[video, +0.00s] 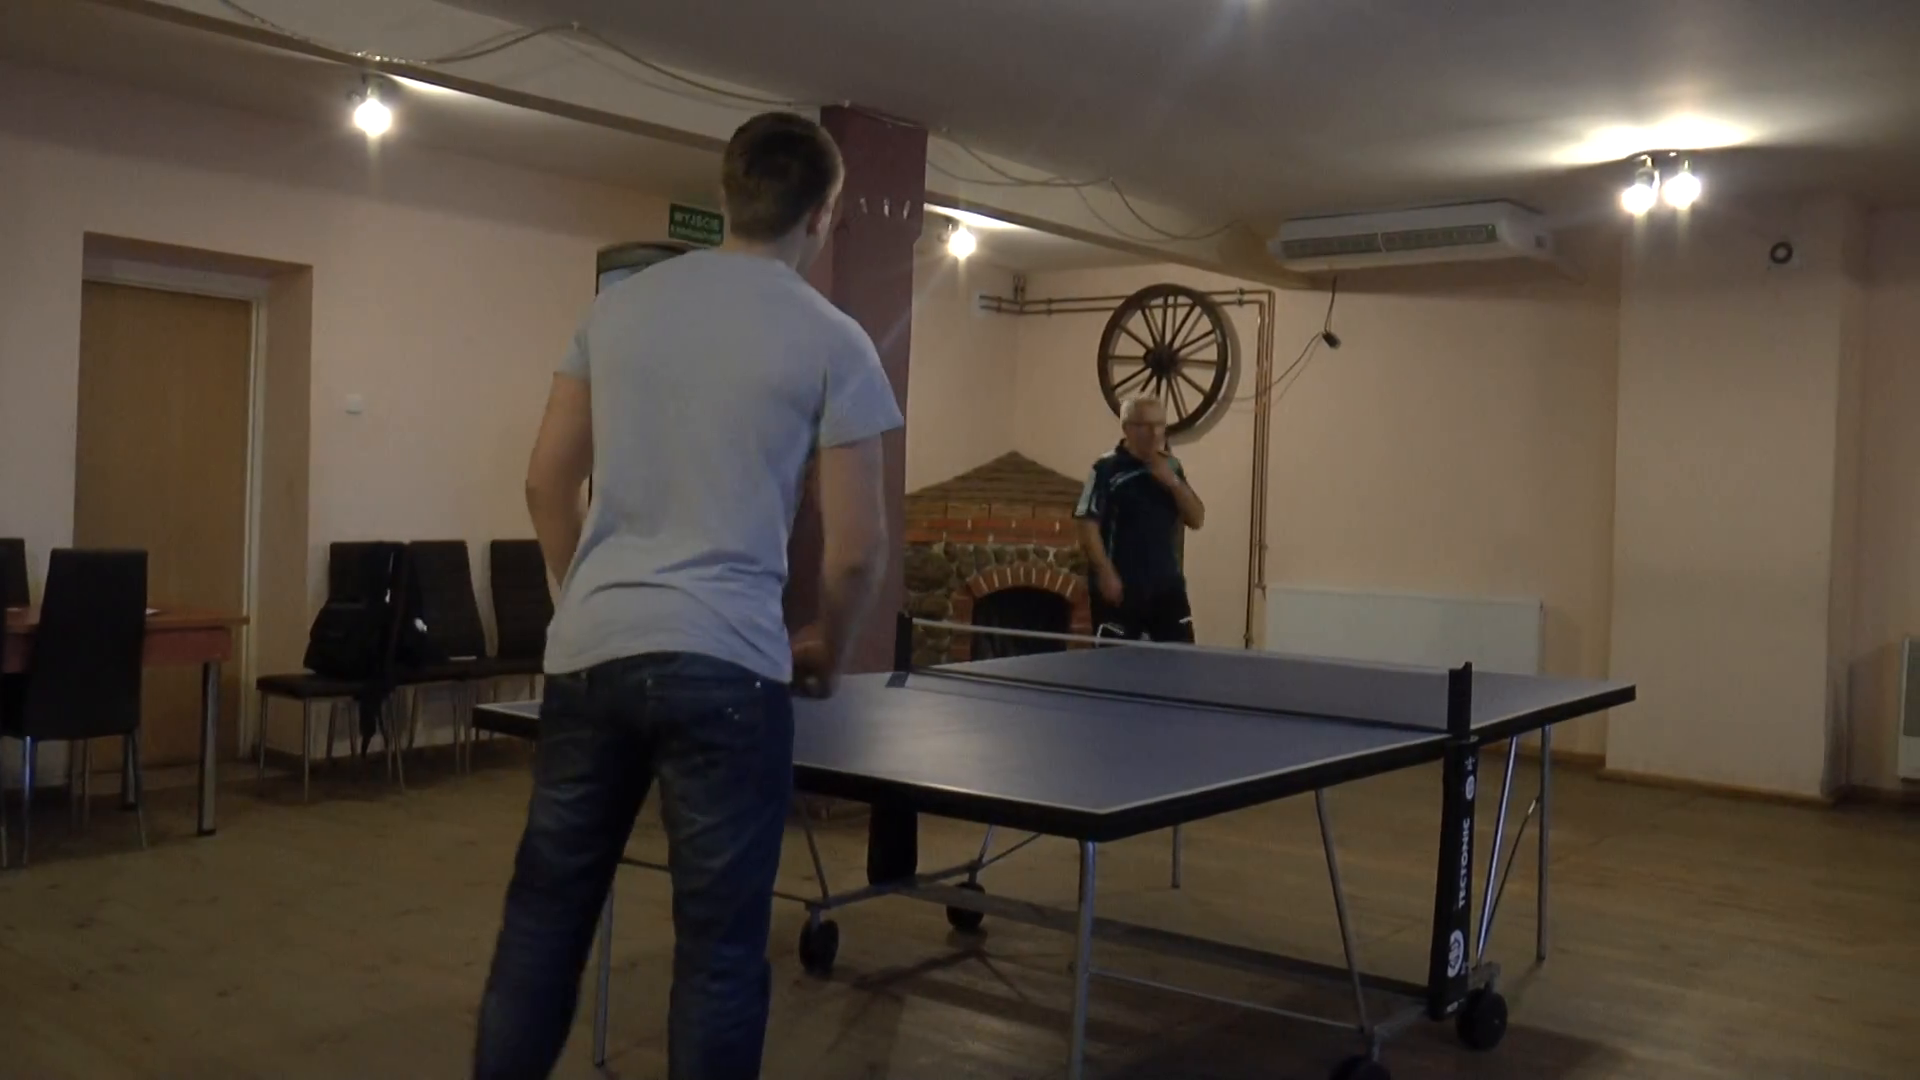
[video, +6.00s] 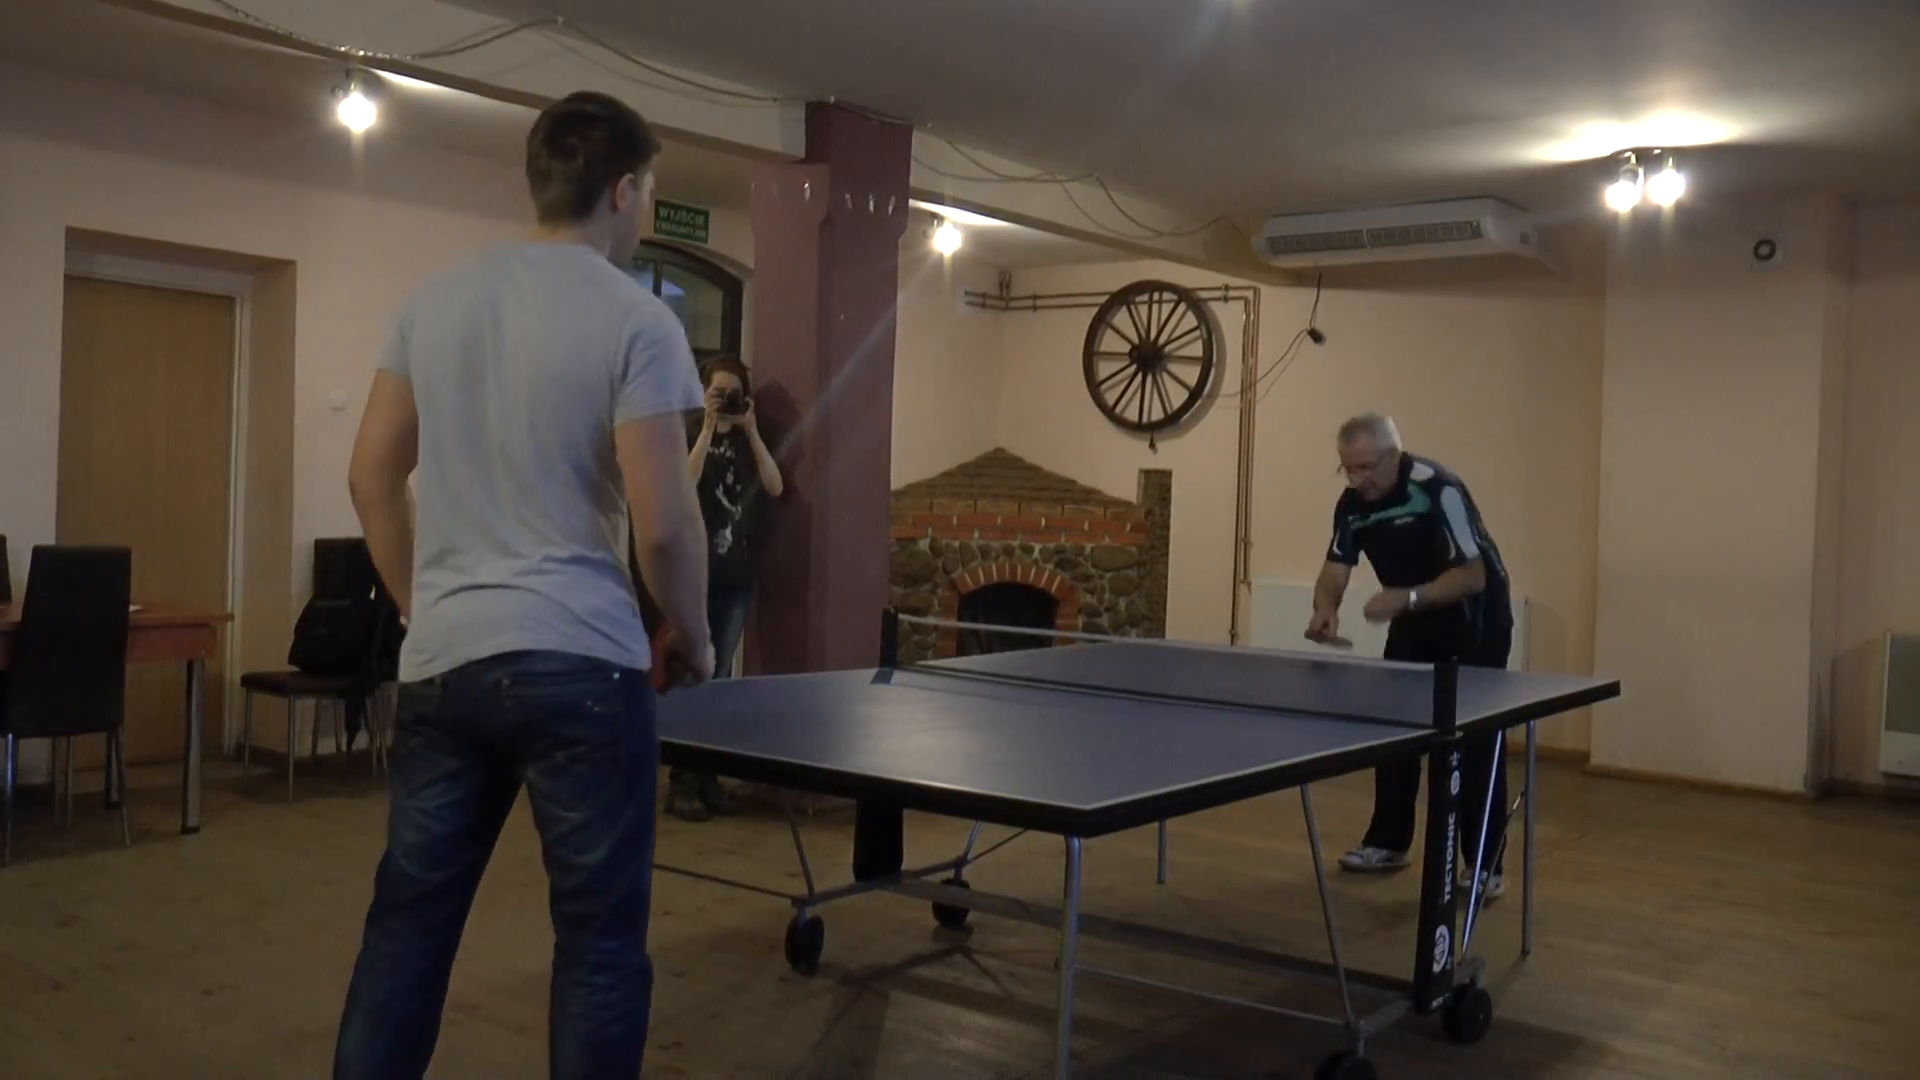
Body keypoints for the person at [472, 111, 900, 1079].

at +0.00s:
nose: (835, 228)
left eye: (838, 213)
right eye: (837, 213)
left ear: (725, 203)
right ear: (822, 215)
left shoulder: (618, 304)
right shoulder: (832, 339)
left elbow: (550, 476)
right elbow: (853, 552)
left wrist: (581, 598)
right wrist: (827, 642)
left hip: (589, 647)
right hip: (727, 656)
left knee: (547, 908)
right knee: (721, 940)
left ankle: (504, 1067)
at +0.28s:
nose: (755, 229)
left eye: (754, 212)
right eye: (754, 213)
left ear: (647, 209)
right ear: (734, 219)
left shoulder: (540, 320)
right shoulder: (740, 334)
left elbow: (477, 491)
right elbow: (754, 534)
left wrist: (551, 573)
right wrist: (724, 633)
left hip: (511, 660)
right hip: (646, 665)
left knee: (466, 927)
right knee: (687, 955)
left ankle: (406, 1072)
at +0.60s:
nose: (609, 231)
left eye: (607, 213)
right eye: (607, 213)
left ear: (503, 213)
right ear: (586, 214)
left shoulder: (408, 326)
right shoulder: (597, 326)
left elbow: (338, 497)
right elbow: (610, 525)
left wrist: (437, 559)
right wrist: (607, 635)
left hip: (397, 666)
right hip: (525, 672)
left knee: (396, 951)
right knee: (611, 963)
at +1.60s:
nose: (760, 216)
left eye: (761, 196)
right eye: (759, 196)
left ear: (649, 191)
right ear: (734, 199)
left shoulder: (540, 306)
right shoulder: (732, 332)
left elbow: (479, 470)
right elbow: (751, 541)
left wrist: (573, 532)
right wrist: (747, 624)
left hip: (525, 648)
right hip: (653, 659)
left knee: (474, 910)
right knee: (654, 945)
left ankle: (409, 1071)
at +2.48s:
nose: (618, 196)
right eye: (620, 183)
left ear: (506, 185)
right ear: (611, 193)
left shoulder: (435, 315)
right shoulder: (630, 323)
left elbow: (389, 481)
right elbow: (658, 532)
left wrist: (490, 524)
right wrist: (664, 592)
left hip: (449, 652)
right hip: (577, 657)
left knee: (441, 928)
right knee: (620, 939)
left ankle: (425, 1074)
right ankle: (628, 1074)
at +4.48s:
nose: (568, 228)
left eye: (572, 213)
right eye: (569, 211)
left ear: (460, 203)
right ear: (545, 204)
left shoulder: (365, 309)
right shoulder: (568, 308)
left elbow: (283, 488)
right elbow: (702, 472)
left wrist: (359, 560)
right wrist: (679, 538)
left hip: (364, 662)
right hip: (506, 662)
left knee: (352, 941)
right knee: (564, 948)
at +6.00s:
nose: (649, 209)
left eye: (650, 191)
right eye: (649, 190)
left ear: (541, 186)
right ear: (626, 190)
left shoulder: (433, 300)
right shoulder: (638, 315)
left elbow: (372, 475)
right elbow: (663, 523)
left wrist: (425, 613)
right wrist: (691, 637)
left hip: (443, 650)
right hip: (580, 654)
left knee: (406, 922)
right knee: (599, 938)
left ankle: (367, 1073)